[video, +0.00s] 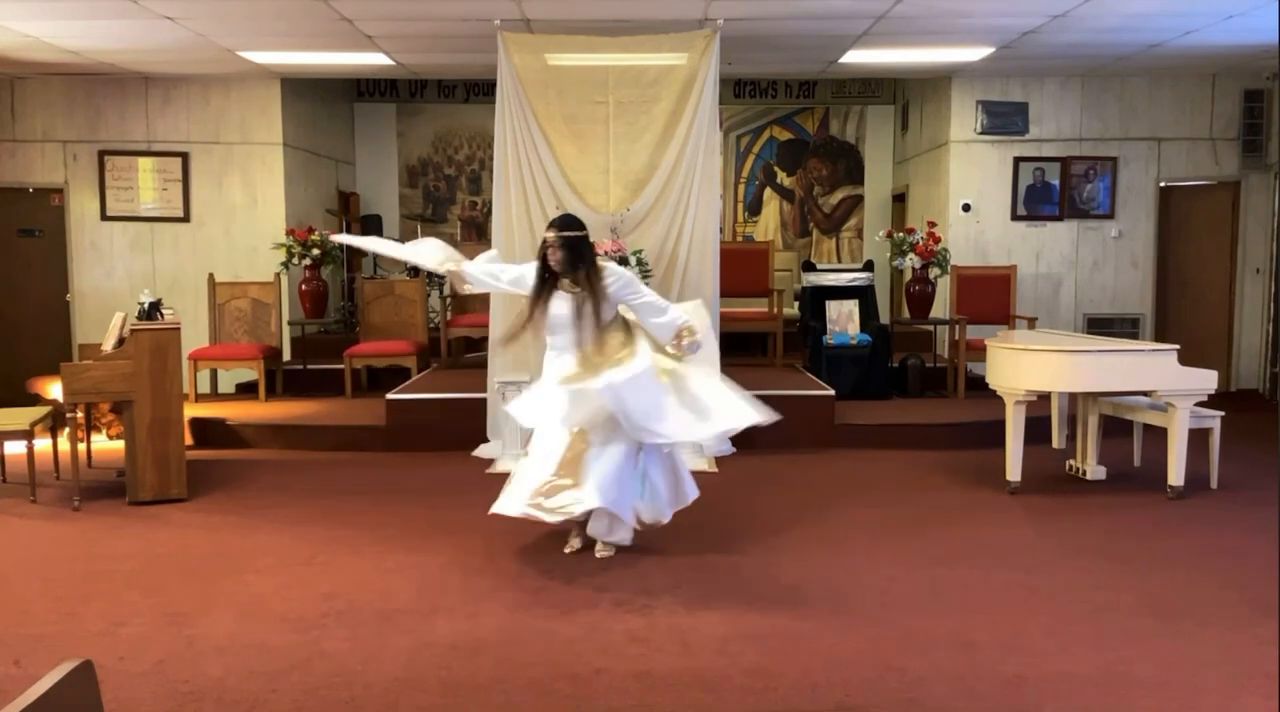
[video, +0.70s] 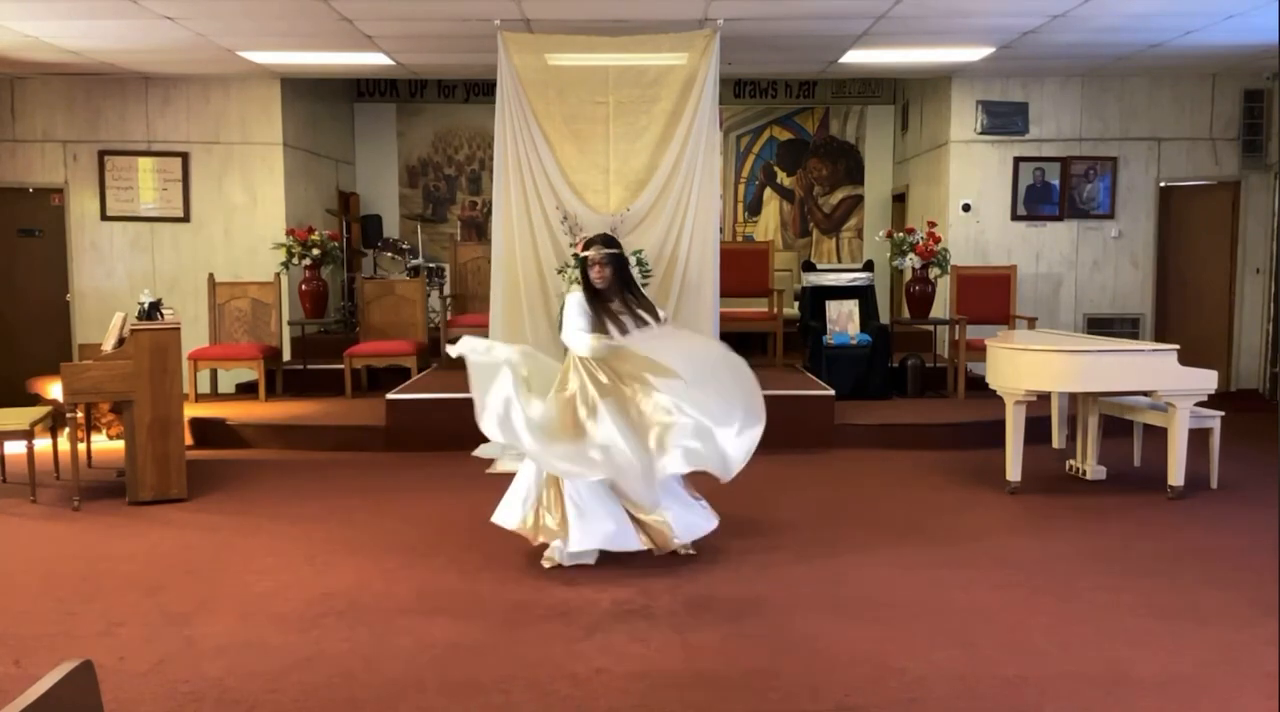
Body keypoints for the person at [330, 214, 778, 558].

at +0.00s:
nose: (551, 257)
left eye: (559, 250)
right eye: (548, 250)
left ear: (579, 249)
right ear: (545, 250)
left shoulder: (610, 279)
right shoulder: (541, 277)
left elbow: (652, 308)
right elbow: (491, 274)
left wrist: (680, 331)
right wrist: (455, 267)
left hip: (614, 380)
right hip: (566, 381)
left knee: (610, 454)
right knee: (571, 452)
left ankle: (606, 533)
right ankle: (579, 523)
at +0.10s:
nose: (573, 261)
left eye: (581, 254)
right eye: (567, 254)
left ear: (598, 255)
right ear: (560, 256)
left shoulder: (620, 285)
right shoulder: (550, 283)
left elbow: (661, 305)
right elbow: (497, 283)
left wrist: (690, 323)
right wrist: (447, 278)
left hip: (616, 377)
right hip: (569, 378)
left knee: (625, 442)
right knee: (570, 445)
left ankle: (633, 527)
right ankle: (574, 524)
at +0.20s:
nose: (589, 264)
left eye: (596, 256)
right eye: (583, 258)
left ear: (613, 259)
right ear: (576, 261)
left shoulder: (634, 292)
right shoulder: (564, 291)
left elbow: (670, 319)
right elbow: (515, 302)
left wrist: (686, 334)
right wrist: (468, 305)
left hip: (633, 386)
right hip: (583, 389)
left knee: (660, 449)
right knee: (580, 457)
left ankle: (672, 526)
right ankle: (574, 528)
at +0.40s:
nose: (611, 271)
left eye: (618, 263)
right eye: (604, 264)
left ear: (631, 267)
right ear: (594, 268)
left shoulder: (643, 304)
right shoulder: (589, 304)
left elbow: (662, 347)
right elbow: (590, 351)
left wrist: (661, 377)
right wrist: (600, 379)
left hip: (646, 398)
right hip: (603, 400)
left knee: (660, 461)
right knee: (578, 464)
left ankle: (676, 532)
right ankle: (555, 535)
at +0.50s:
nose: (610, 273)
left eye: (616, 267)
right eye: (603, 268)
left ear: (630, 270)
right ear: (594, 273)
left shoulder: (640, 305)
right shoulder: (589, 305)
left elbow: (668, 350)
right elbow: (601, 343)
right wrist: (635, 373)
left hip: (637, 392)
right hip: (592, 392)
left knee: (660, 456)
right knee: (570, 462)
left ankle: (673, 532)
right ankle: (556, 543)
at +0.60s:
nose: (603, 273)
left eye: (609, 266)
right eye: (596, 268)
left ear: (623, 269)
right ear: (588, 272)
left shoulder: (639, 307)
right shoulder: (584, 306)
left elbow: (670, 347)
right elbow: (594, 344)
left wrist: (717, 363)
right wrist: (633, 358)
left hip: (638, 401)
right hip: (594, 402)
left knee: (654, 463)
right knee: (580, 468)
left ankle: (670, 538)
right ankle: (565, 545)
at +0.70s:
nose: (597, 272)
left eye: (605, 265)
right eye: (591, 266)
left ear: (619, 267)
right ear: (584, 270)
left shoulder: (641, 304)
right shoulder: (578, 301)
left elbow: (666, 341)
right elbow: (580, 344)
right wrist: (626, 351)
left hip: (629, 393)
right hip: (586, 393)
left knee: (642, 461)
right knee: (582, 465)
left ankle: (665, 534)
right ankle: (570, 540)